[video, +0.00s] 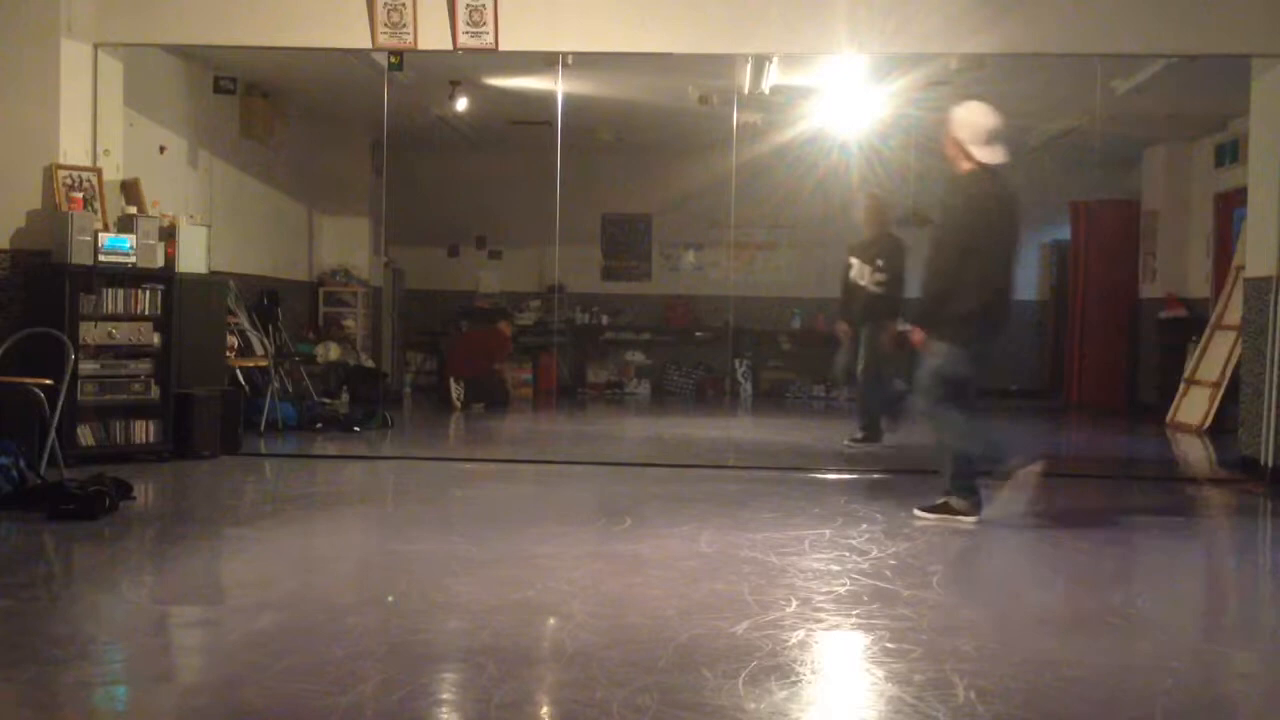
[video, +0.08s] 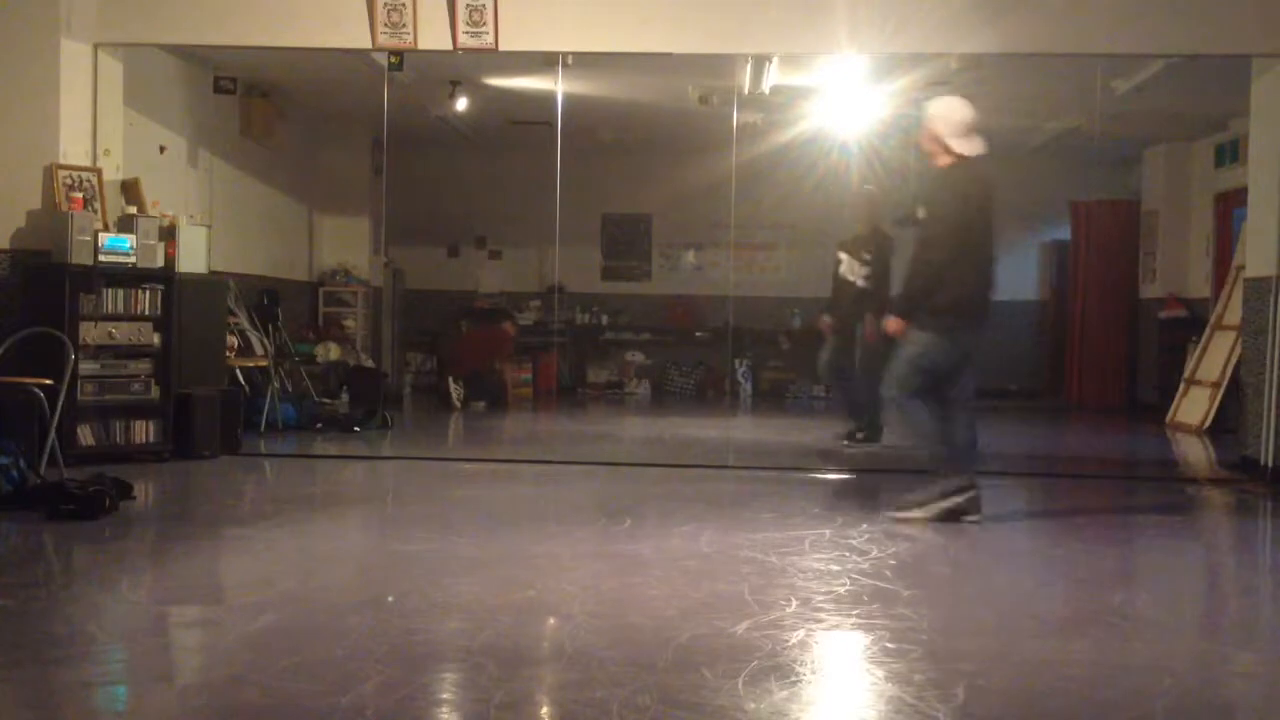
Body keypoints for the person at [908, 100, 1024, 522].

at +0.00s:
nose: (945, 147)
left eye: (948, 140)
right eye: (948, 140)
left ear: (958, 145)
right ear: (986, 144)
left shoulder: (968, 192)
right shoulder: (999, 190)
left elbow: (946, 263)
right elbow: (986, 265)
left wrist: (923, 318)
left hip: (960, 316)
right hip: (984, 314)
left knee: (929, 398)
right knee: (958, 400)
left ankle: (1002, 458)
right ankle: (961, 492)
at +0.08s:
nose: (920, 139)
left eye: (926, 132)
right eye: (924, 131)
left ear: (939, 138)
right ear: (959, 137)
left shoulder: (951, 184)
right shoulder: (972, 179)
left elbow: (933, 255)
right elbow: (955, 255)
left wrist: (902, 309)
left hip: (943, 311)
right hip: (965, 309)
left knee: (898, 389)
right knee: (952, 397)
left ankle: (947, 477)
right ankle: (961, 489)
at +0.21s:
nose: (889, 153)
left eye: (892, 145)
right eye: (892, 145)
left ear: (904, 145)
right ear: (926, 143)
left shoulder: (923, 189)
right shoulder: (934, 186)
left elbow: (910, 261)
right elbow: (924, 262)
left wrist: (882, 316)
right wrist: (885, 316)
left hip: (923, 316)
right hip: (936, 314)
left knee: (879, 392)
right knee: (950, 403)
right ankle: (961, 493)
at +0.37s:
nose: (852, 173)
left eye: (858, 167)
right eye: (854, 166)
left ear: (872, 171)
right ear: (884, 170)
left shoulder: (873, 208)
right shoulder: (890, 205)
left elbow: (866, 278)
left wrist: (845, 339)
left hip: (870, 329)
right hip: (892, 326)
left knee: (824, 402)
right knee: (911, 407)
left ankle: (802, 486)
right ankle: (951, 484)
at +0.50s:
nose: (805, 165)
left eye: (809, 157)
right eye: (808, 156)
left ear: (819, 160)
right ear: (841, 161)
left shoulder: (833, 204)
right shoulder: (840, 200)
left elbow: (838, 277)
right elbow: (836, 274)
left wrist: (829, 341)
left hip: (821, 326)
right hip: (836, 322)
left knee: (789, 404)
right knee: (841, 398)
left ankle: (797, 487)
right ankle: (914, 456)